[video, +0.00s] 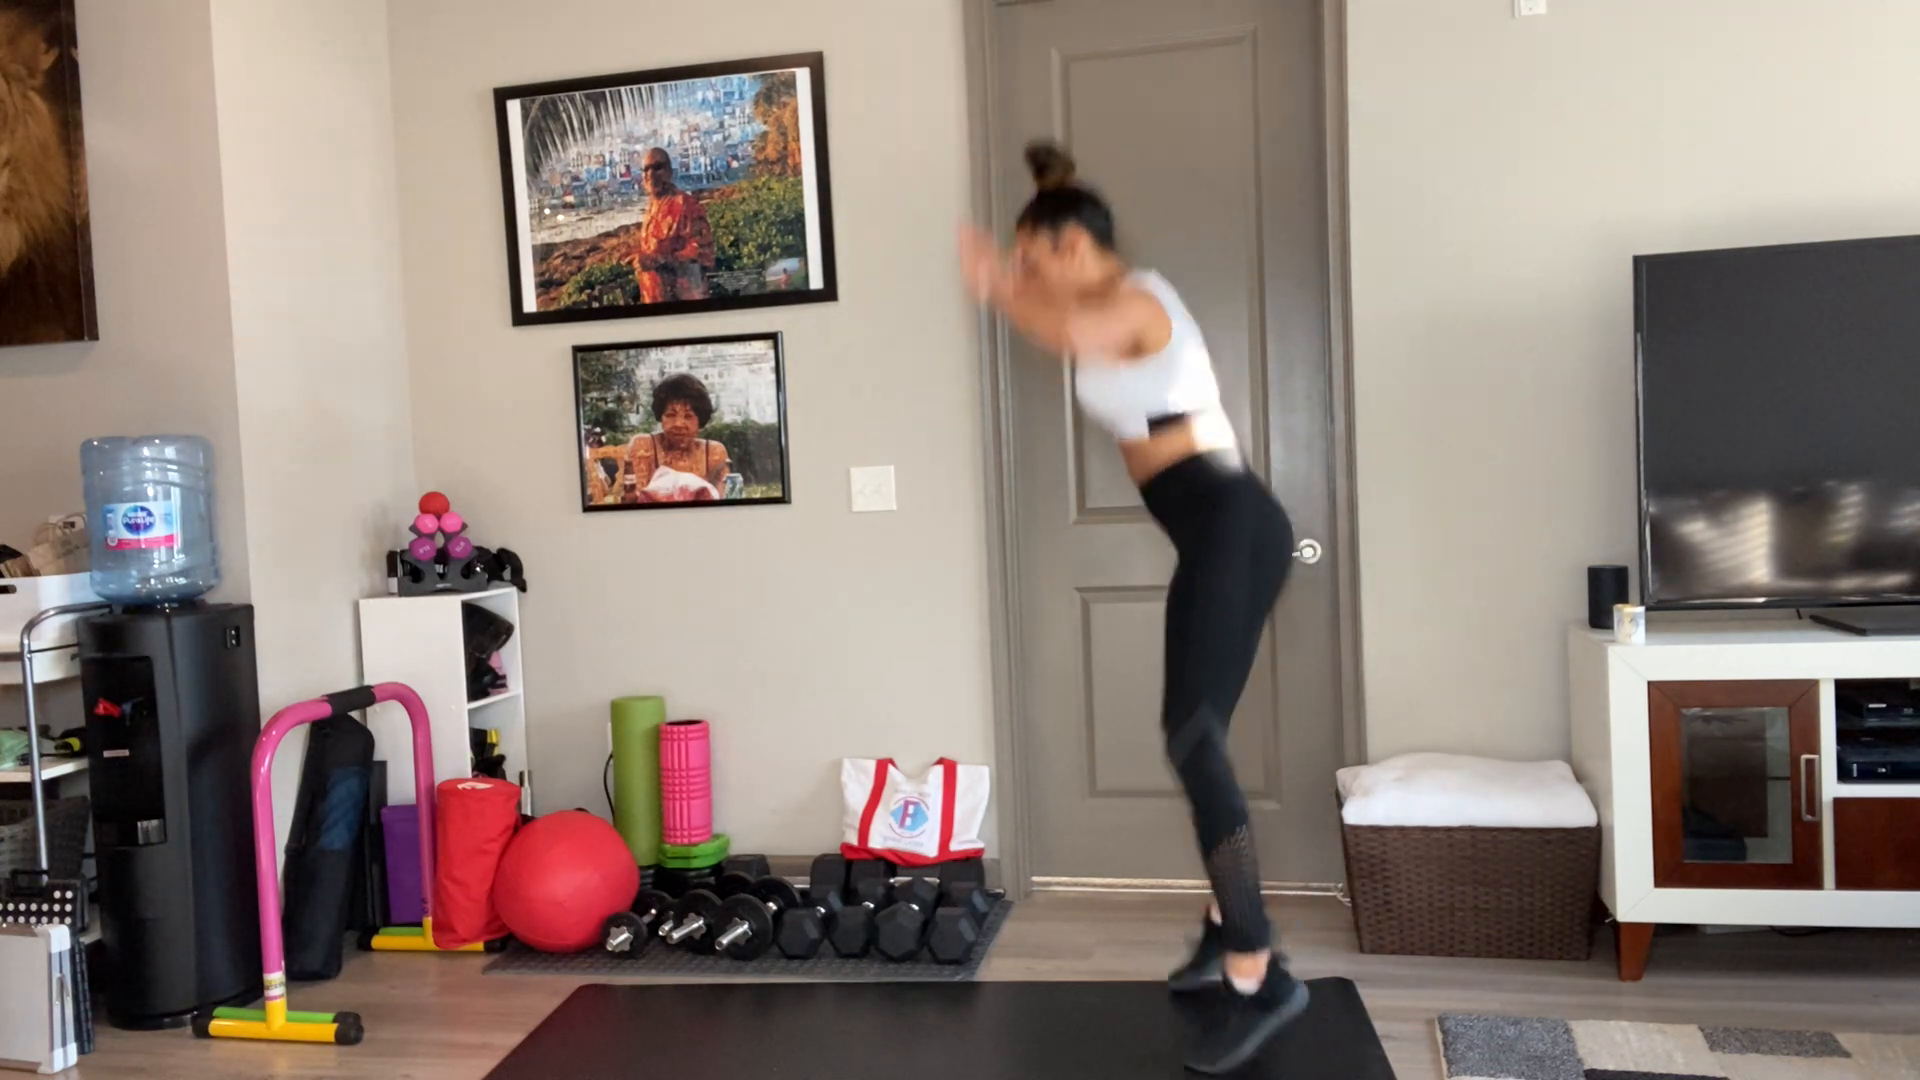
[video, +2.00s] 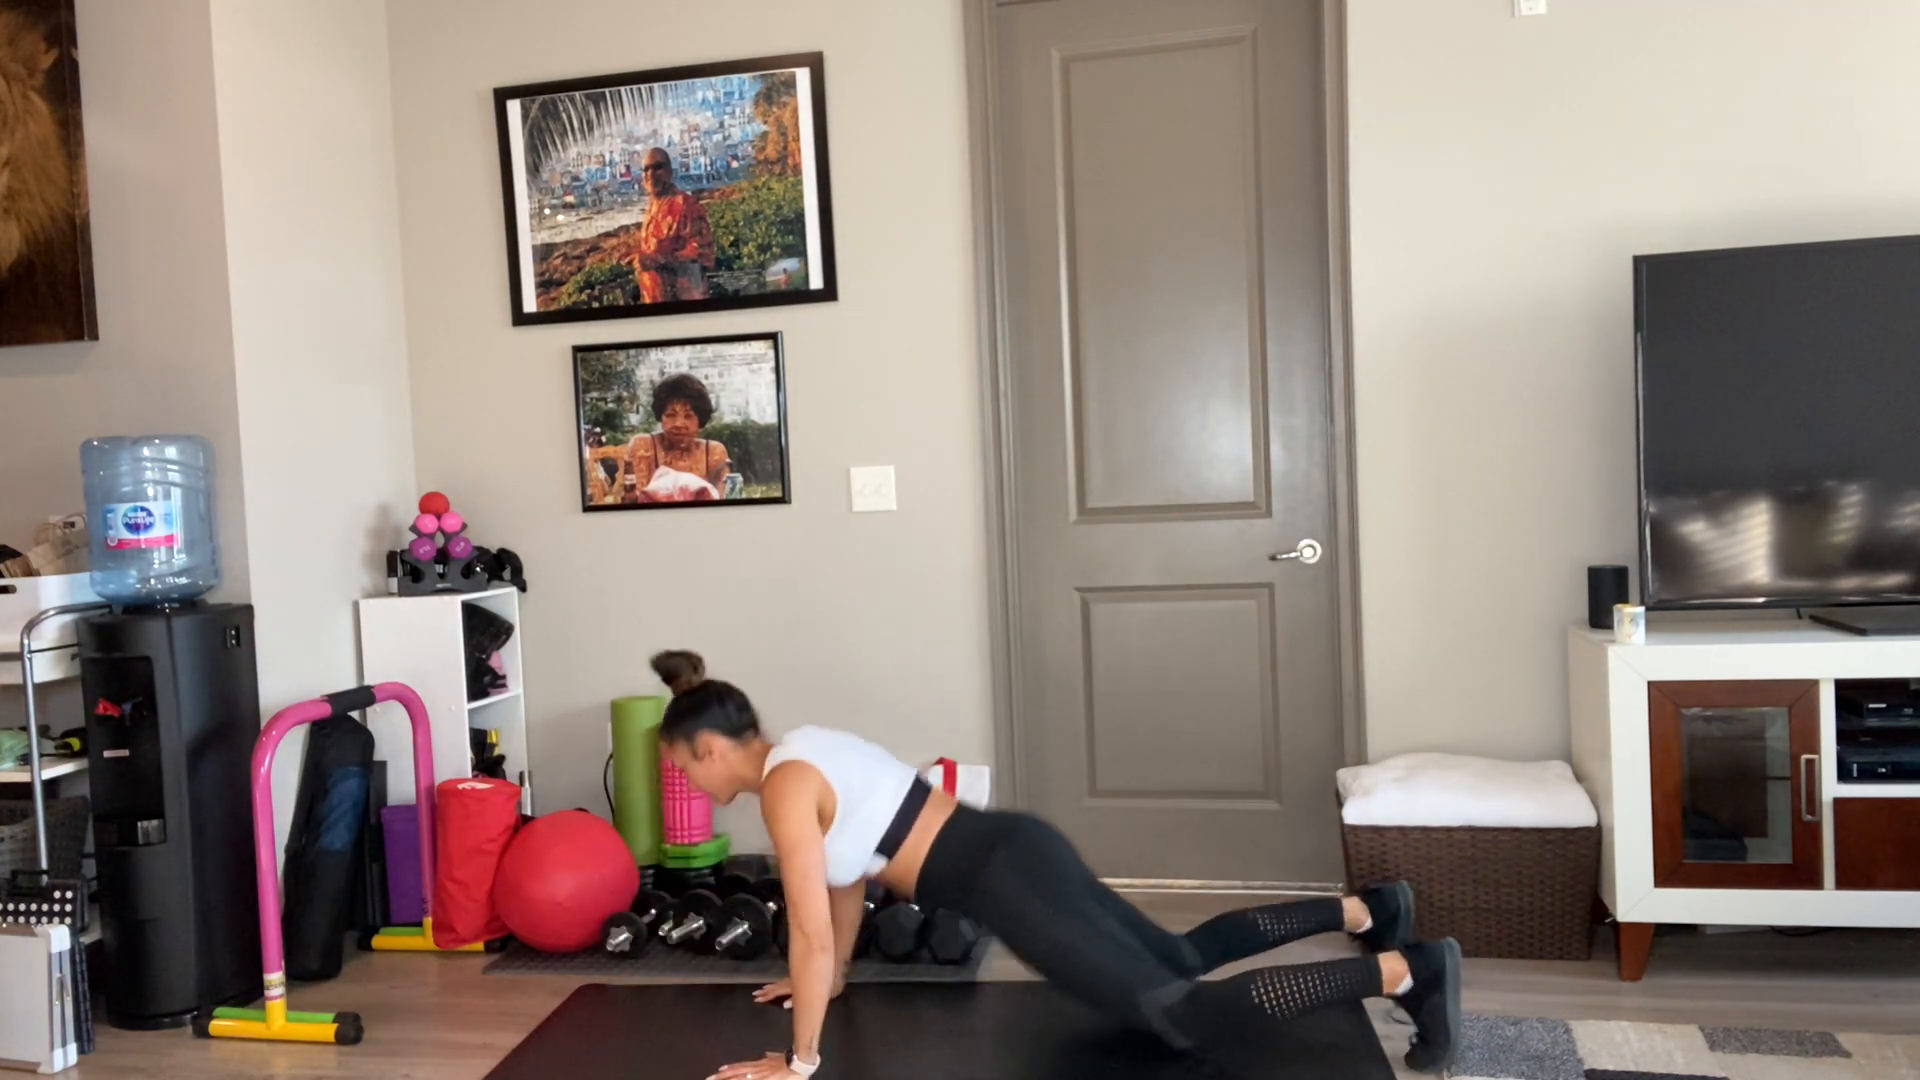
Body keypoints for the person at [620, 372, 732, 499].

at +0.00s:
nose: (679, 424)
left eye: (688, 416)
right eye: (671, 415)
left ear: (700, 420)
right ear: (660, 418)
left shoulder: (715, 451)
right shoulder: (642, 446)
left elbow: (719, 501)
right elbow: (637, 499)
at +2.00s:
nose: (679, 424)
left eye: (688, 416)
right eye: (671, 415)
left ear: (701, 420)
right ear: (660, 418)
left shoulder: (715, 451)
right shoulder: (641, 446)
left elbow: (720, 500)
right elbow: (637, 499)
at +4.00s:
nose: (679, 424)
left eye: (688, 416)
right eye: (670, 415)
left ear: (700, 420)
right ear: (660, 417)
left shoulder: (714, 451)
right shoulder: (641, 446)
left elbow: (721, 499)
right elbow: (632, 499)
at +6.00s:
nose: (679, 424)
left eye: (688, 416)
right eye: (670, 415)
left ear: (700, 420)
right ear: (660, 417)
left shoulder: (714, 451)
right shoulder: (641, 446)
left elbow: (722, 499)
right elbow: (631, 499)